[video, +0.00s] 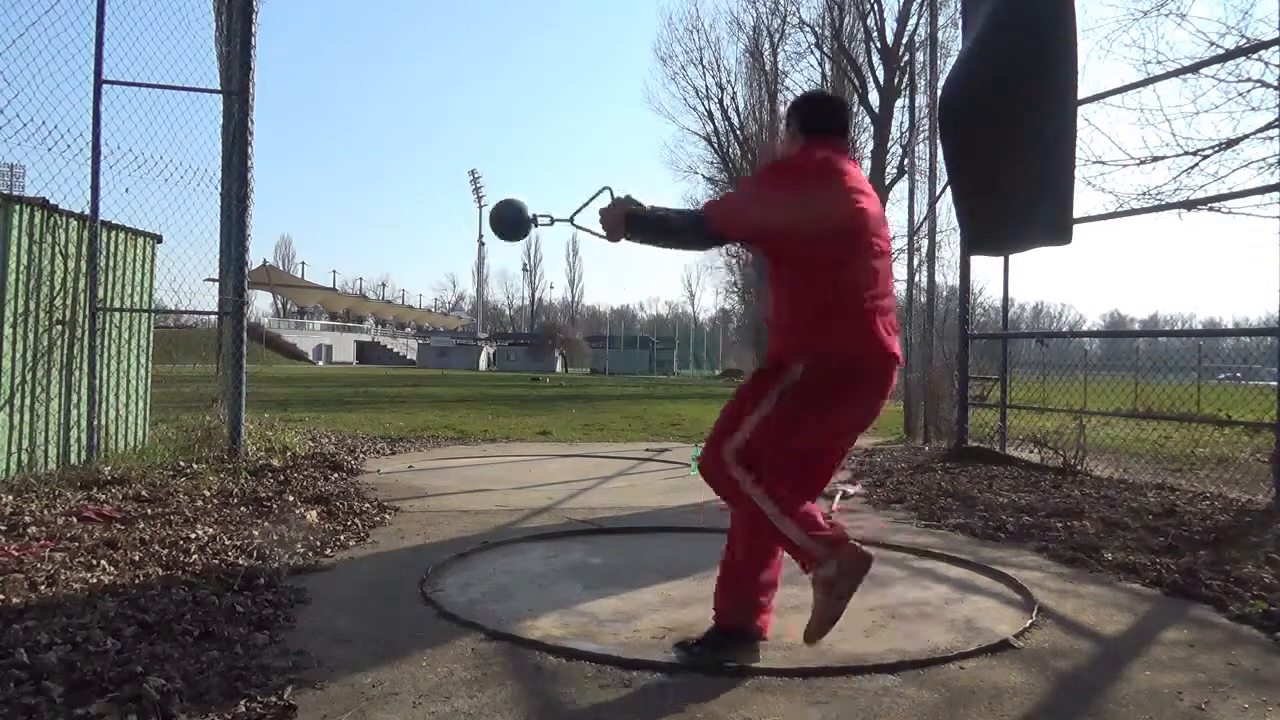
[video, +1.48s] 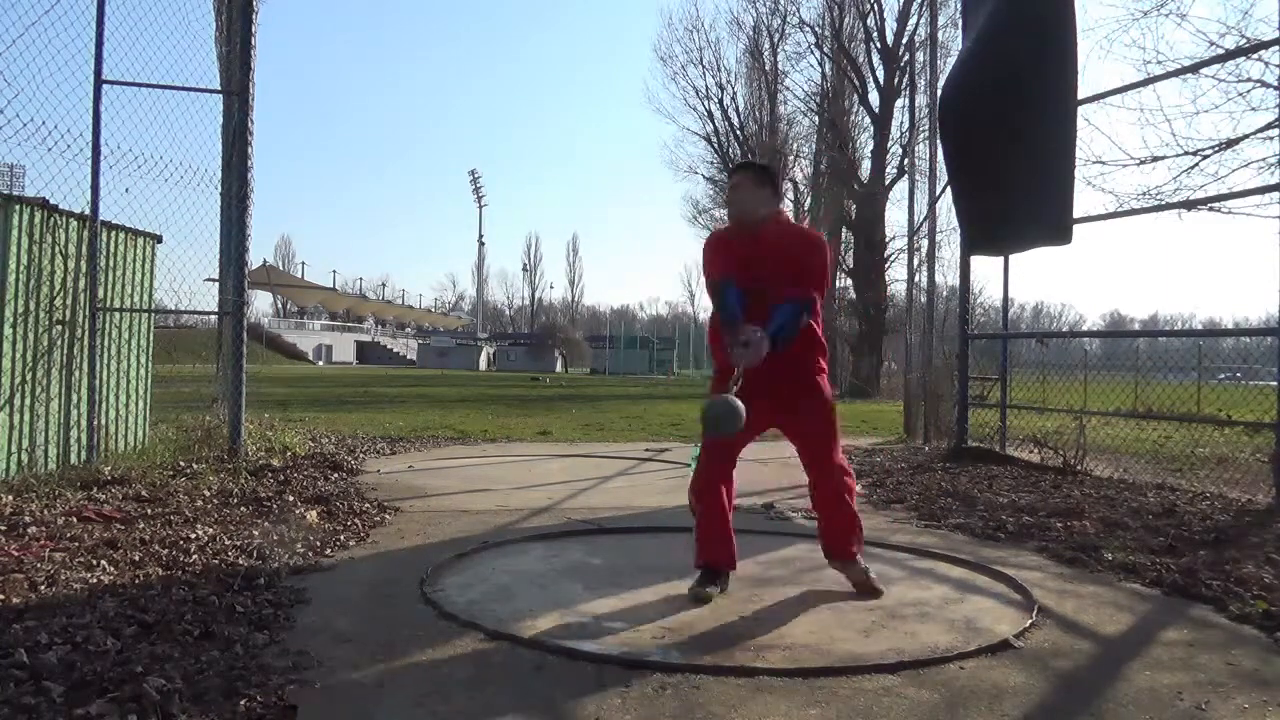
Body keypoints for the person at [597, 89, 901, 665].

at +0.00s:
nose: (779, 143)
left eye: (783, 133)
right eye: (785, 134)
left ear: (795, 134)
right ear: (843, 138)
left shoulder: (800, 183)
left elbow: (709, 225)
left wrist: (632, 220)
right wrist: (646, 218)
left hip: (819, 356)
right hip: (862, 359)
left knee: (726, 458)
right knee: (775, 483)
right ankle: (738, 630)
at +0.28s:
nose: (854, 127)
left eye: (849, 119)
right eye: (854, 119)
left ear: (796, 116)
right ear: (851, 118)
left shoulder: (753, 162)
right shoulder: (862, 159)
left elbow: (723, 239)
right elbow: (858, 209)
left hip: (728, 334)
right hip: (791, 338)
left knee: (803, 460)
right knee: (789, 494)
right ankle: (690, 609)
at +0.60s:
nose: (781, 174)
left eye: (793, 166)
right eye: (774, 166)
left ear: (816, 180)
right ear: (763, 177)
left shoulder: (840, 250)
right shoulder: (741, 235)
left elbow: (865, 327)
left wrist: (898, 360)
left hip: (813, 398)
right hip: (737, 399)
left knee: (870, 480)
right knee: (716, 492)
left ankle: (863, 604)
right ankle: (719, 604)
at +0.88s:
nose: (799, 170)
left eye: (803, 160)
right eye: (801, 161)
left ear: (817, 158)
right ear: (850, 158)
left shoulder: (843, 197)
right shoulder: (830, 201)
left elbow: (754, 233)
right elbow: (753, 237)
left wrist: (680, 219)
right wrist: (683, 218)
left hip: (848, 354)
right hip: (824, 352)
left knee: (780, 466)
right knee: (759, 463)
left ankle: (862, 553)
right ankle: (722, 598)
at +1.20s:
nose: (809, 175)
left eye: (809, 168)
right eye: (809, 167)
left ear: (761, 157)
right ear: (800, 164)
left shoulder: (744, 197)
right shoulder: (794, 204)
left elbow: (795, 255)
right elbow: (840, 252)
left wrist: (850, 260)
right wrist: (861, 257)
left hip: (742, 358)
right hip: (728, 360)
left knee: (791, 458)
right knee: (771, 488)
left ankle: (815, 554)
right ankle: (686, 561)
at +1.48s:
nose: (729, 196)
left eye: (739, 188)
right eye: (728, 189)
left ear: (770, 195)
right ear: (729, 197)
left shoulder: (809, 243)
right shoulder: (721, 243)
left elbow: (804, 303)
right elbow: (725, 298)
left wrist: (768, 338)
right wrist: (737, 335)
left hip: (800, 378)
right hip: (740, 378)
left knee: (830, 466)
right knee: (711, 469)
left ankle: (846, 554)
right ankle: (714, 565)